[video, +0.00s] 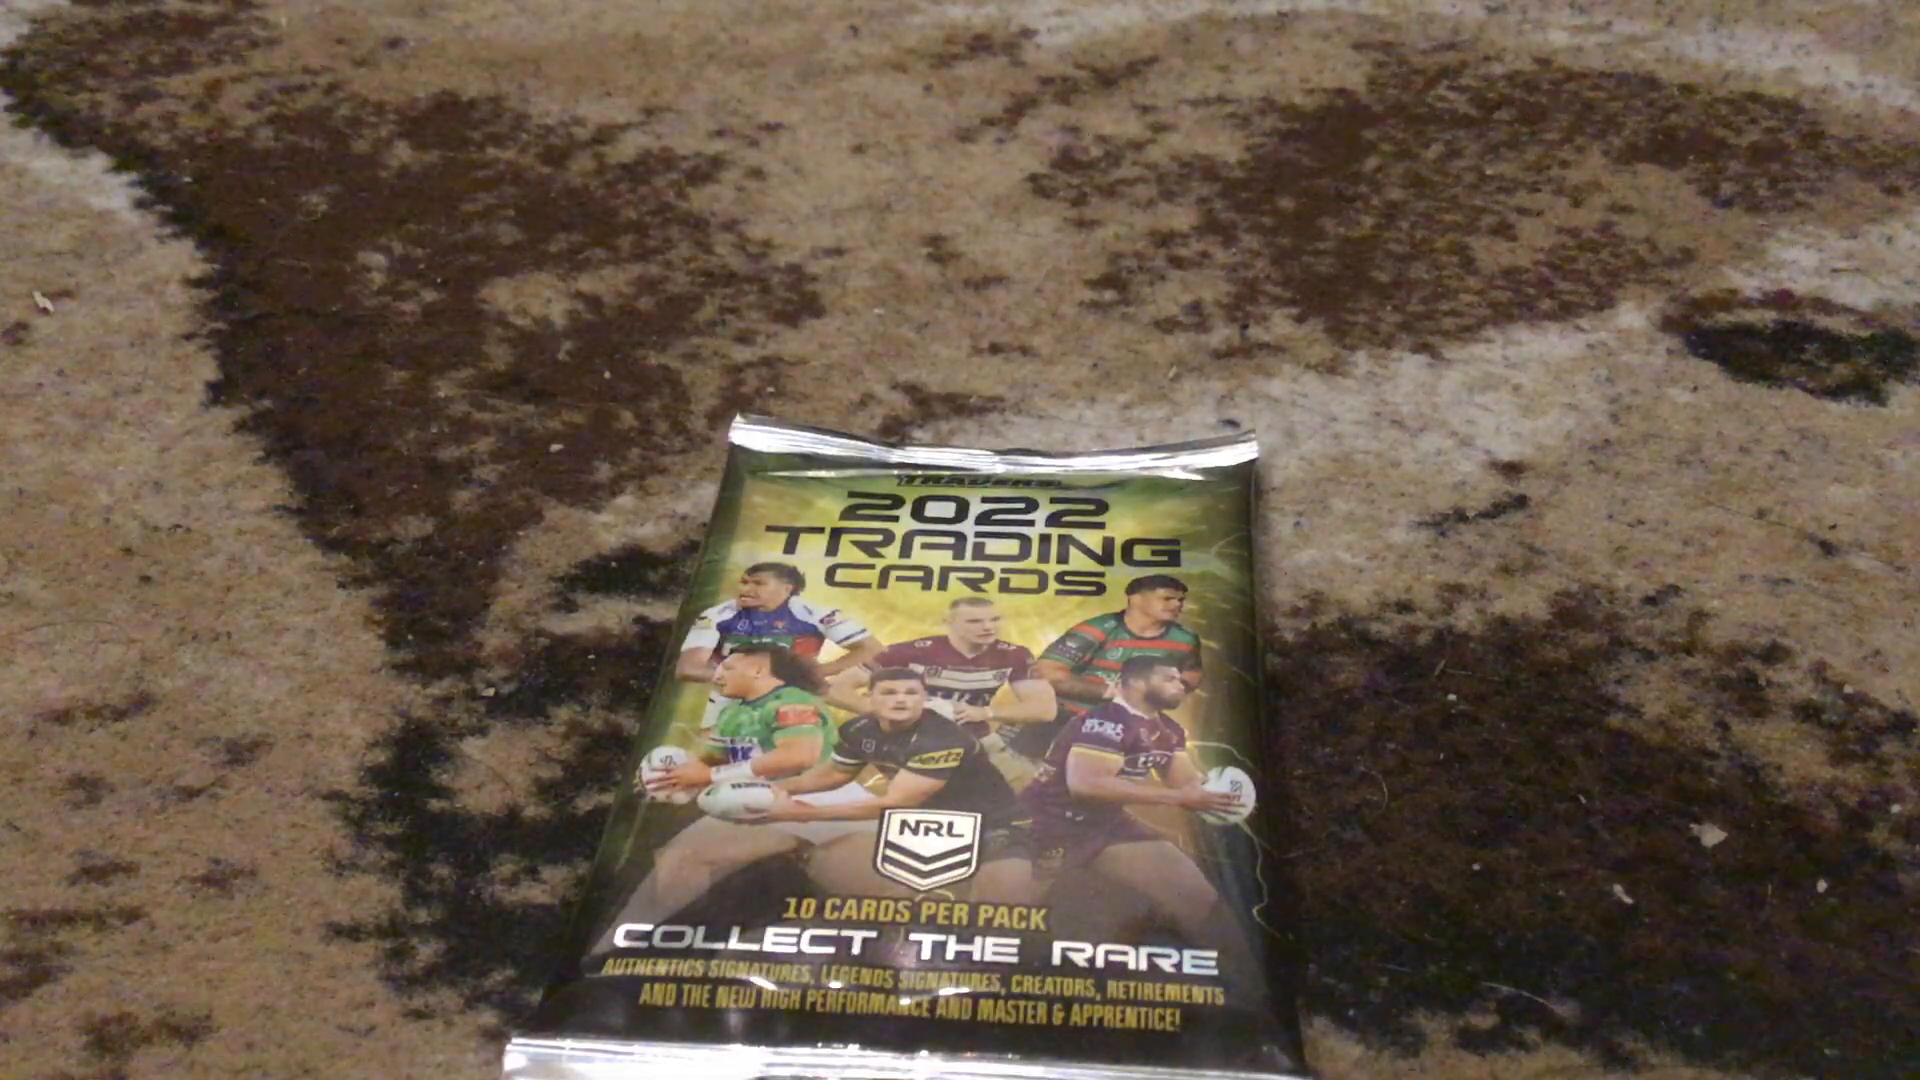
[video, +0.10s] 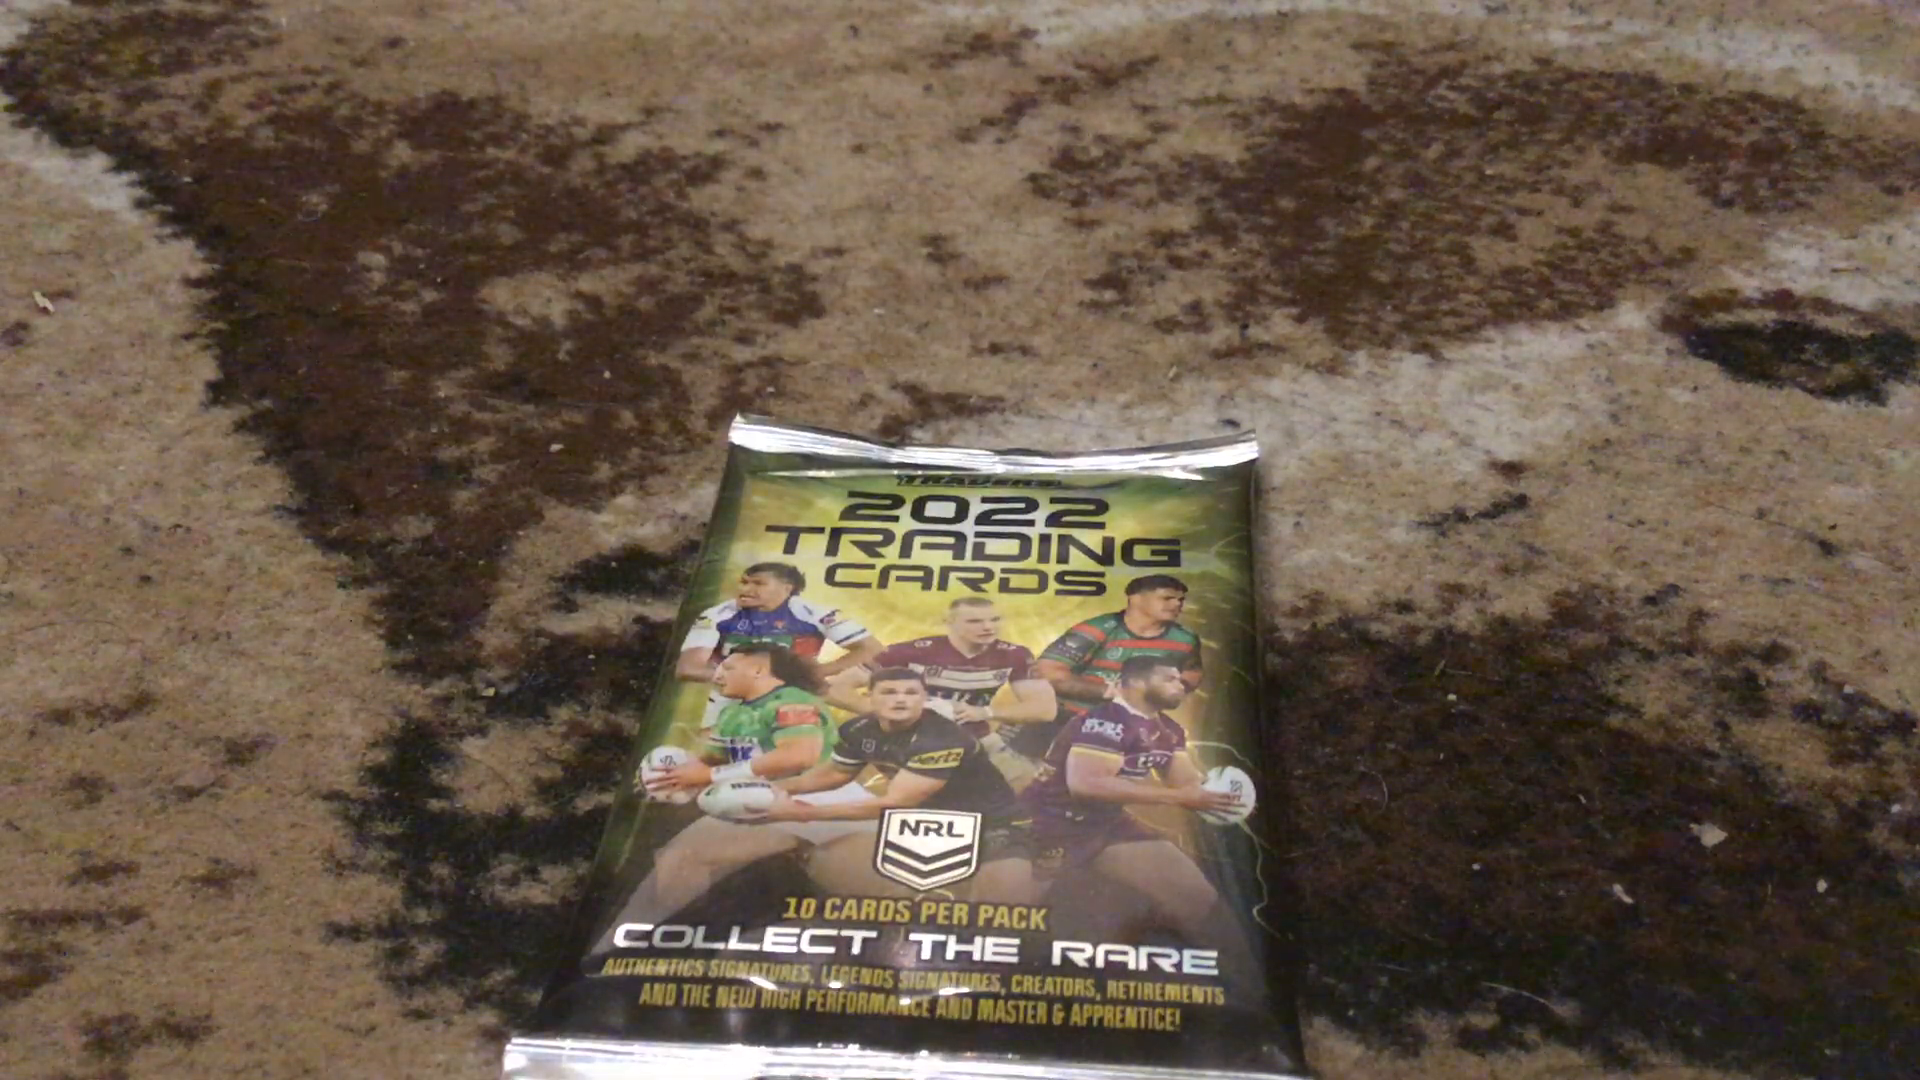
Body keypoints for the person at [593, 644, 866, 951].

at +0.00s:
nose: (719, 671)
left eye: (729, 662)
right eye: (722, 663)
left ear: (760, 665)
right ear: (756, 667)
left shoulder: (793, 702)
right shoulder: (733, 713)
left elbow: (801, 754)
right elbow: (712, 763)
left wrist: (711, 775)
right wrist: (668, 781)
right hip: (750, 817)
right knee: (673, 863)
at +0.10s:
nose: (721, 669)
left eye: (730, 661)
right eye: (723, 662)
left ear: (761, 665)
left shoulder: (794, 701)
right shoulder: (732, 714)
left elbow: (801, 755)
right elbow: (714, 763)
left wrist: (712, 776)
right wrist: (669, 779)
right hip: (749, 814)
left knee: (686, 859)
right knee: (670, 861)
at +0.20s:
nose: (720, 670)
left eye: (729, 662)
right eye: (722, 663)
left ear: (761, 664)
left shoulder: (794, 702)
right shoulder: (733, 713)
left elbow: (801, 755)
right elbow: (713, 763)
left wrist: (710, 775)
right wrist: (669, 780)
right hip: (755, 816)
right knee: (673, 862)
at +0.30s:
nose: (720, 670)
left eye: (729, 662)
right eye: (722, 663)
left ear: (760, 665)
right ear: (756, 667)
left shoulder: (794, 702)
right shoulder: (734, 713)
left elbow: (801, 755)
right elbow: (712, 762)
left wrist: (710, 775)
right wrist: (669, 779)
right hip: (754, 816)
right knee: (672, 863)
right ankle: (616, 949)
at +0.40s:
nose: (720, 670)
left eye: (729, 662)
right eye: (722, 663)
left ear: (761, 664)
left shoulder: (793, 701)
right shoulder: (732, 713)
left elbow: (801, 755)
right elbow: (714, 762)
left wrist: (712, 775)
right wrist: (669, 779)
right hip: (746, 815)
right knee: (671, 863)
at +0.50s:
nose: (720, 670)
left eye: (729, 662)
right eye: (722, 663)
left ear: (761, 664)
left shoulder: (793, 700)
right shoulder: (733, 713)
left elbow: (801, 754)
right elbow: (713, 762)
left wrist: (711, 775)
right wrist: (667, 778)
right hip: (752, 815)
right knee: (672, 862)